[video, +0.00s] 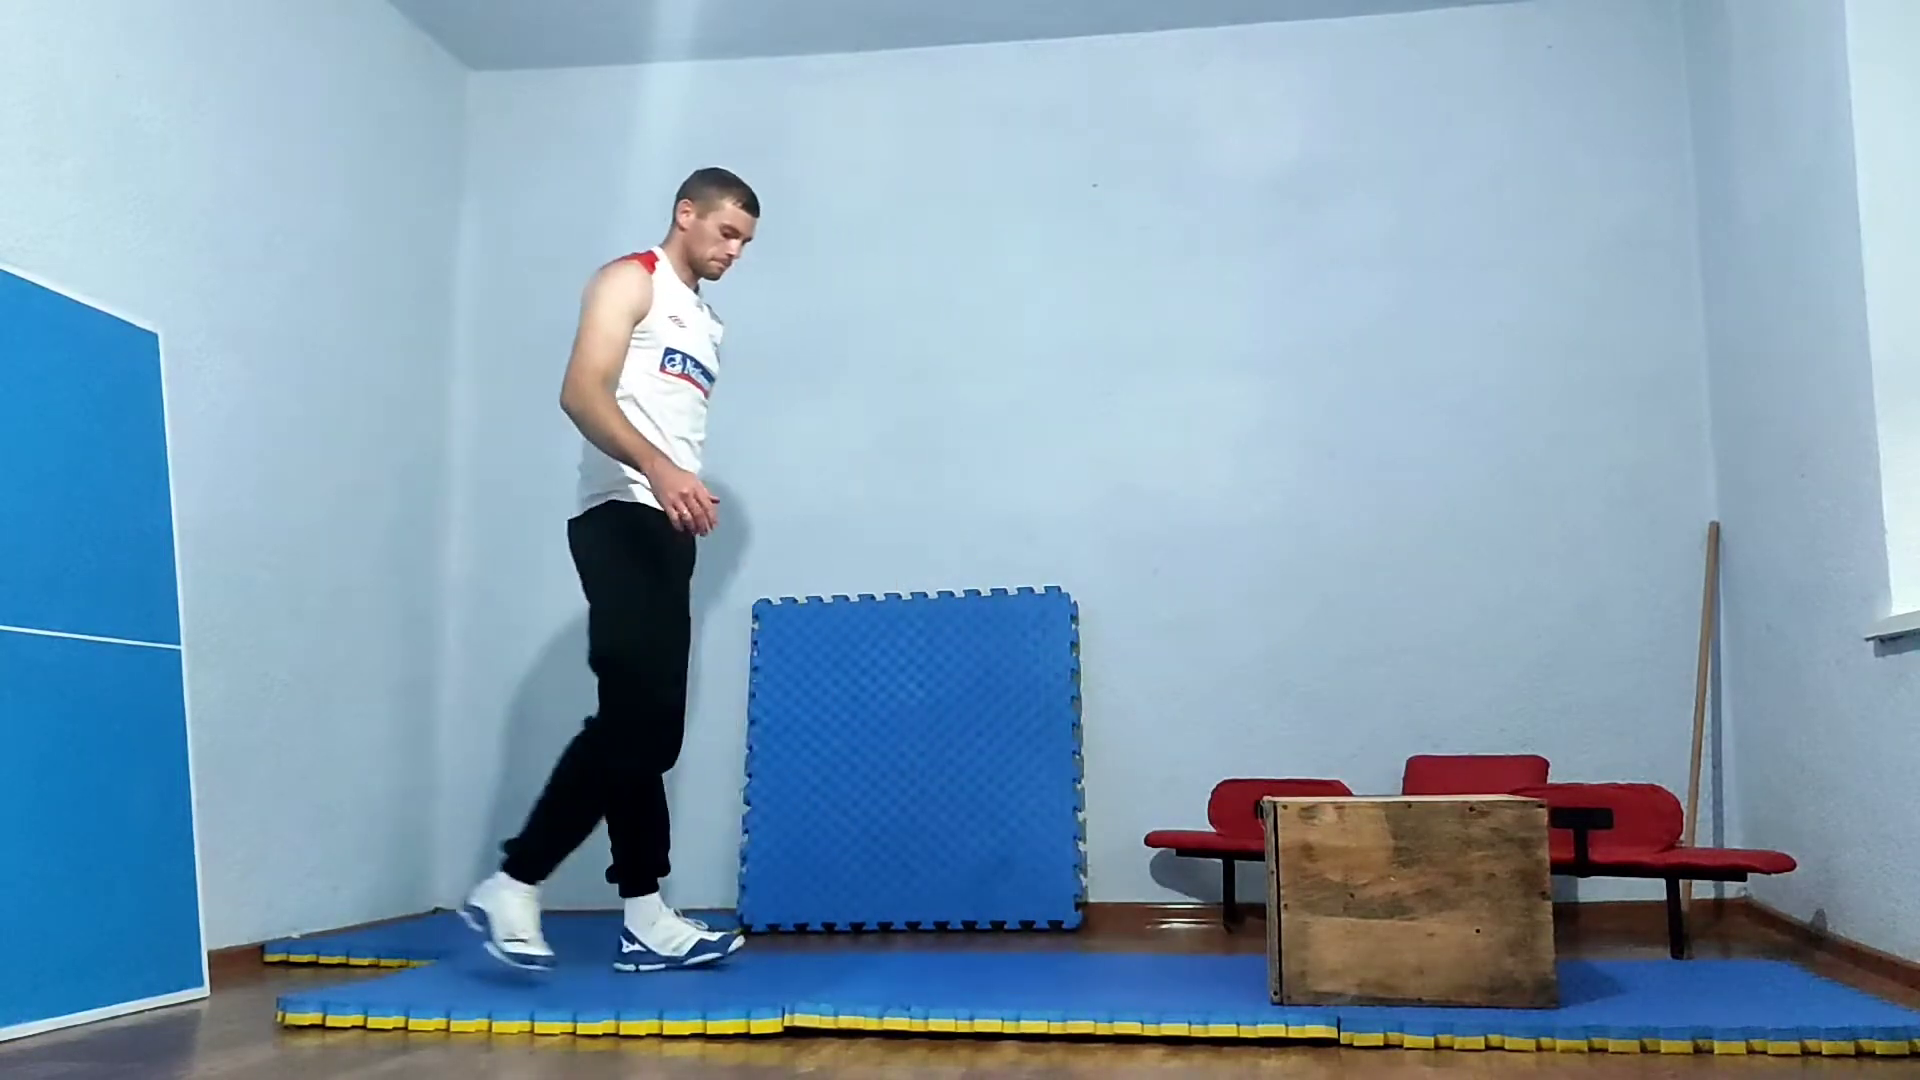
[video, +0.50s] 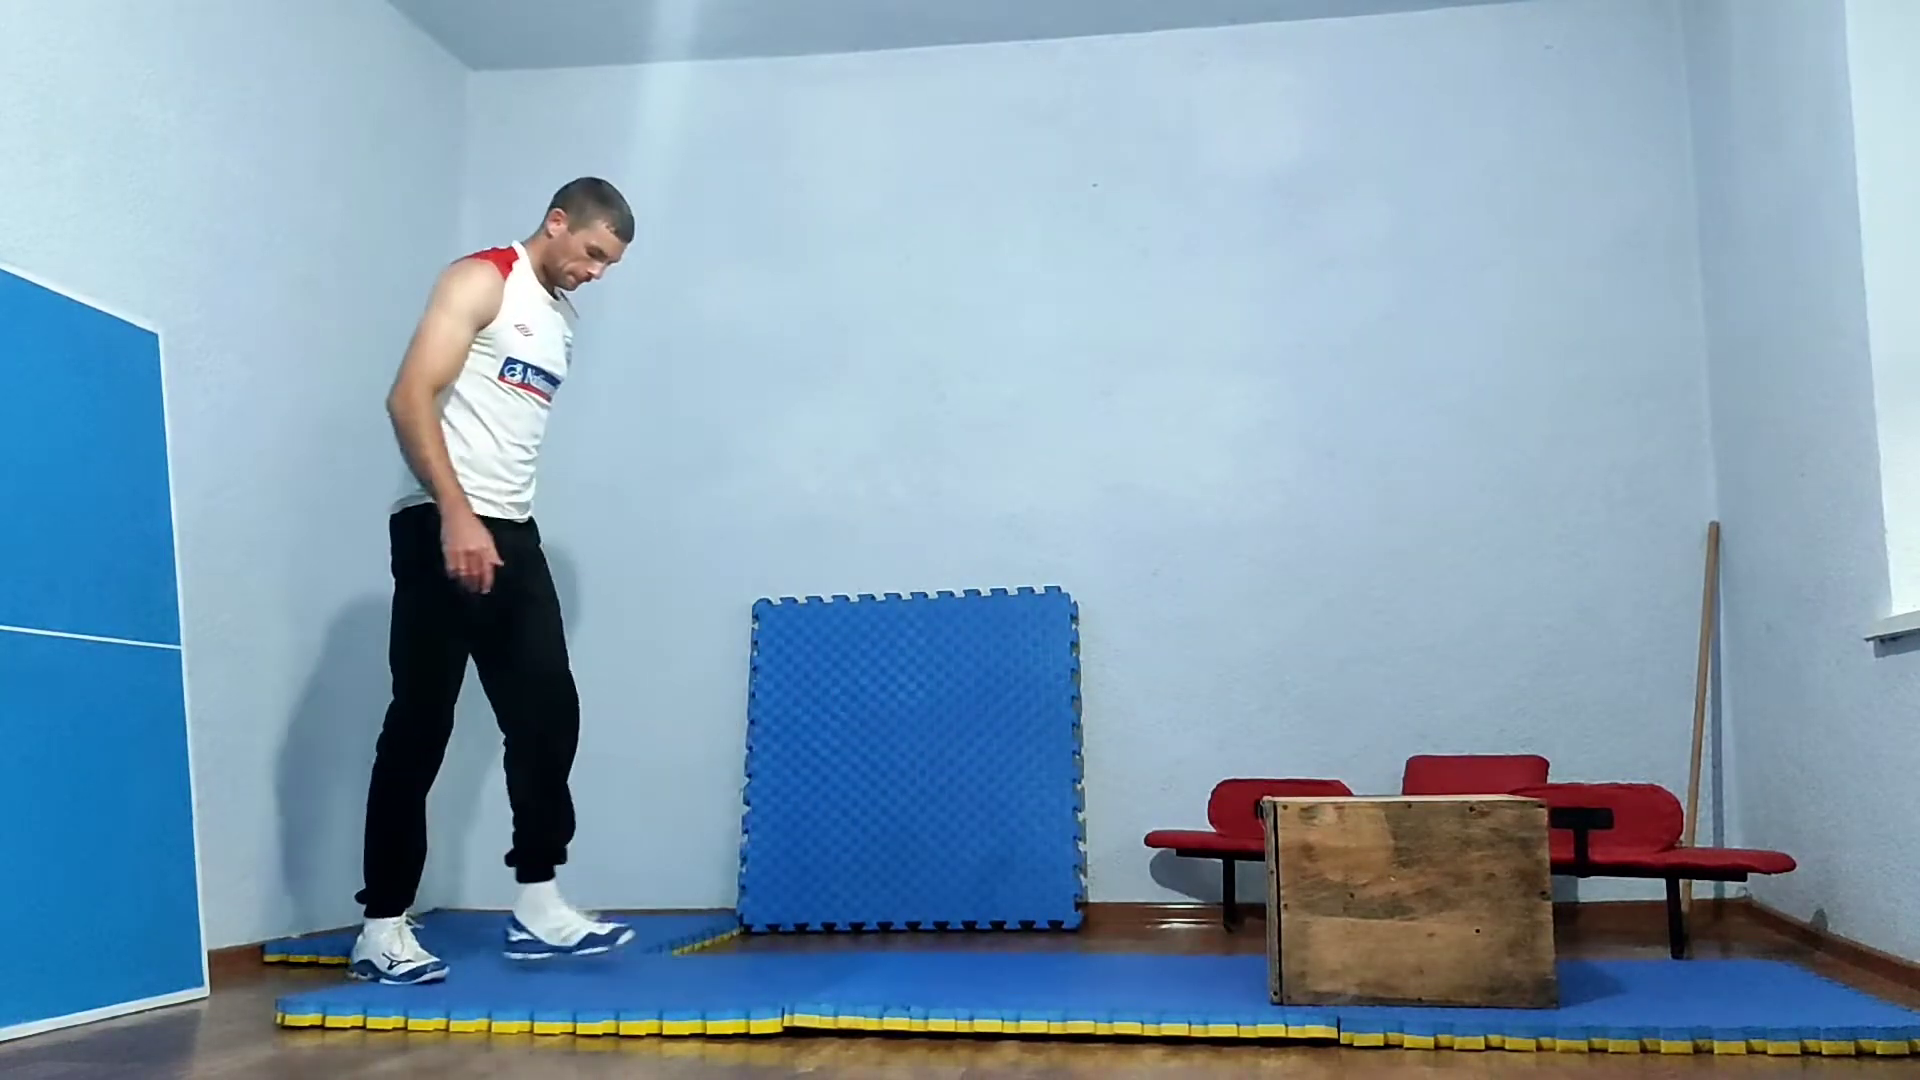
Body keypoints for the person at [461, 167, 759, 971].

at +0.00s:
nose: (735, 250)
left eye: (743, 241)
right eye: (728, 232)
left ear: (733, 242)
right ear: (684, 215)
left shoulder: (701, 318)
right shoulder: (629, 279)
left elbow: (667, 425)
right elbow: (581, 393)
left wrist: (685, 490)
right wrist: (661, 468)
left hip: (662, 527)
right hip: (619, 519)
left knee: (652, 724)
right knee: (635, 716)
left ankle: (646, 915)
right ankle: (510, 886)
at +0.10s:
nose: (705, 255)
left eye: (715, 245)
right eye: (699, 237)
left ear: (707, 245)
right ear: (657, 217)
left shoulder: (668, 317)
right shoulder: (600, 280)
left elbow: (631, 426)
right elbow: (559, 389)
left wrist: (656, 486)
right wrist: (646, 470)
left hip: (631, 536)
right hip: (580, 525)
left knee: (630, 730)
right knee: (563, 713)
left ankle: (645, 914)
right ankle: (433, 887)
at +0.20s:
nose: (673, 267)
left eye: (683, 257)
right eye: (669, 248)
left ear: (671, 253)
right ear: (627, 222)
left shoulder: (629, 321)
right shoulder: (565, 282)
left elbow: (594, 431)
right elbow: (529, 395)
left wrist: (629, 504)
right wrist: (619, 480)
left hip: (595, 548)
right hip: (534, 538)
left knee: (610, 734)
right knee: (489, 725)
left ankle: (641, 916)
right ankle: (396, 911)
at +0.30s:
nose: (643, 275)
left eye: (654, 265)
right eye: (639, 255)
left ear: (653, 265)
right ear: (600, 228)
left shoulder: (600, 323)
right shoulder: (530, 286)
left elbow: (551, 436)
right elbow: (488, 403)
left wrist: (588, 517)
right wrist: (577, 492)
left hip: (549, 548)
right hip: (485, 540)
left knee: (584, 727)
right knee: (448, 731)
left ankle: (633, 910)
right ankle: (387, 924)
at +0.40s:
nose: (617, 276)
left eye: (629, 267)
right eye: (614, 257)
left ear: (628, 263)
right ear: (575, 228)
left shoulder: (577, 319)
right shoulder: (502, 284)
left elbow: (521, 430)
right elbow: (444, 404)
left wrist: (535, 525)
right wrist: (518, 506)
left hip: (517, 538)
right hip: (456, 532)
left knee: (563, 716)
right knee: (429, 727)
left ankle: (602, 900)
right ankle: (384, 925)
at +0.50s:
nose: (596, 271)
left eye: (608, 261)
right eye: (593, 252)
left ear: (604, 258)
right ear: (554, 222)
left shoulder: (555, 313)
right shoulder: (478, 281)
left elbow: (503, 424)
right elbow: (410, 400)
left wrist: (511, 519)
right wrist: (456, 512)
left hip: (512, 538)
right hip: (440, 533)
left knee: (546, 715)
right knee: (417, 726)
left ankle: (539, 901)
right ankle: (384, 924)